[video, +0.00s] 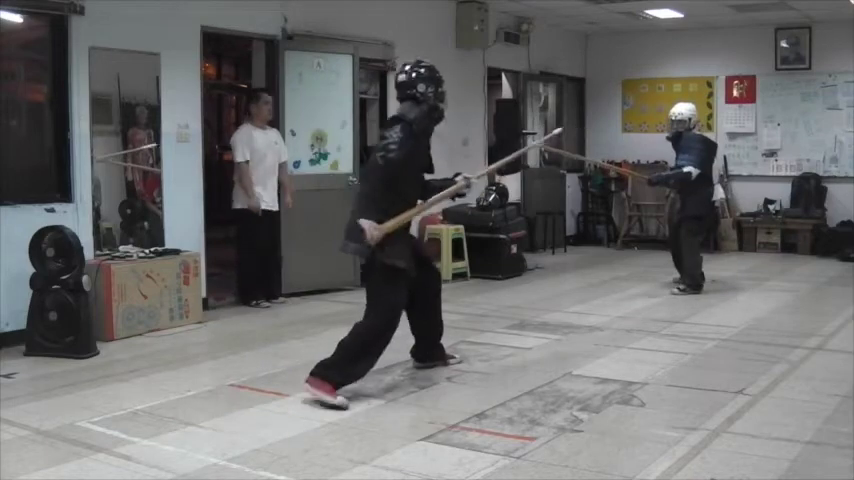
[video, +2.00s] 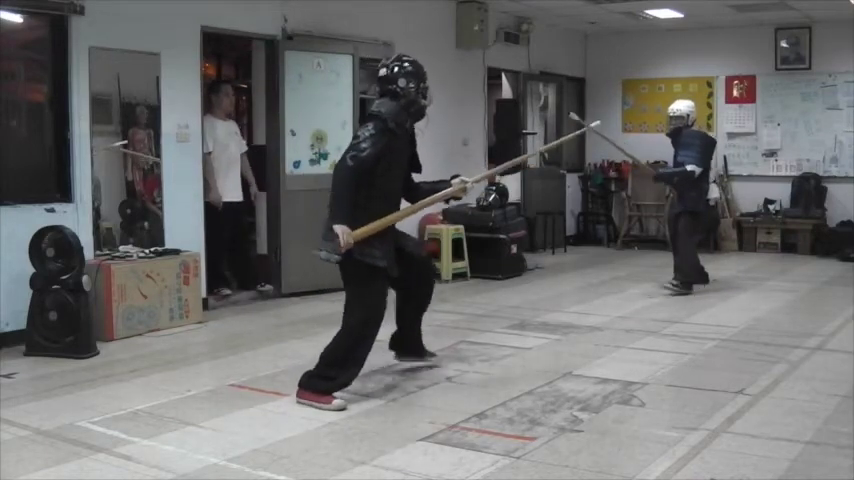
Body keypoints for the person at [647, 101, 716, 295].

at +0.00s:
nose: (676, 126)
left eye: (680, 122)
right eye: (674, 122)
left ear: (690, 122)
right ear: (671, 122)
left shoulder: (696, 141)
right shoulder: (681, 142)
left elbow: (690, 172)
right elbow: (683, 169)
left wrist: (662, 178)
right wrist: (666, 177)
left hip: (697, 198)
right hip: (685, 197)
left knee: (687, 236)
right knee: (676, 235)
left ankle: (693, 282)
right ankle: (687, 274)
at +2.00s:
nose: (672, 122)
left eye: (677, 119)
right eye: (671, 118)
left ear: (688, 119)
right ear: (669, 118)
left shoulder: (695, 138)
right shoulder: (680, 140)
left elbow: (693, 171)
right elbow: (681, 168)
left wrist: (662, 174)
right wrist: (663, 171)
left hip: (693, 195)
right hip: (682, 194)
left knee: (684, 231)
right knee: (676, 229)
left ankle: (685, 281)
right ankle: (692, 273)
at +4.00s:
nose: (638, 120)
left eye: (643, 116)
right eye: (636, 116)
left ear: (654, 116)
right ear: (634, 115)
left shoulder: (660, 136)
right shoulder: (646, 137)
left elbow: (655, 170)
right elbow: (646, 167)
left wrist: (625, 177)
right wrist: (624, 179)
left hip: (670, 195)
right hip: (659, 194)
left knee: (654, 235)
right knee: (647, 235)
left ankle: (664, 282)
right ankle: (655, 277)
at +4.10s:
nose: (639, 120)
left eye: (643, 116)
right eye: (638, 116)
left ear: (655, 117)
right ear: (637, 115)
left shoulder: (660, 137)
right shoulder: (649, 138)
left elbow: (654, 171)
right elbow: (646, 167)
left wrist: (622, 178)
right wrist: (621, 179)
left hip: (670, 195)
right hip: (661, 194)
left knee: (654, 234)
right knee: (648, 233)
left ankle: (664, 282)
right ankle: (656, 276)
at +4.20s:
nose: (642, 119)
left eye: (646, 115)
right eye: (640, 115)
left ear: (658, 116)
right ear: (639, 115)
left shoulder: (662, 136)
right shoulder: (652, 137)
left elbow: (657, 170)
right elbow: (648, 167)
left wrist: (624, 177)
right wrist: (623, 178)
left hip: (671, 195)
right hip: (663, 195)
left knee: (656, 236)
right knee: (654, 236)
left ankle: (664, 282)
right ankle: (661, 279)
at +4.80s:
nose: (652, 122)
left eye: (657, 119)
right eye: (651, 118)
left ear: (668, 120)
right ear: (653, 118)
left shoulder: (671, 139)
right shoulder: (664, 139)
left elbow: (665, 170)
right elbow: (653, 169)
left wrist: (635, 172)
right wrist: (631, 168)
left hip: (672, 200)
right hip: (668, 199)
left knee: (662, 238)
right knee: (661, 237)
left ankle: (664, 284)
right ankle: (679, 272)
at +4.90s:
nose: (652, 124)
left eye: (657, 120)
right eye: (651, 120)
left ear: (668, 121)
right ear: (649, 119)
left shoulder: (672, 141)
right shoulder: (661, 141)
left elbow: (665, 172)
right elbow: (654, 169)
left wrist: (634, 173)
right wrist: (632, 170)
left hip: (672, 202)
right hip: (666, 200)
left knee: (660, 238)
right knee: (660, 237)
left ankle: (662, 284)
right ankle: (679, 272)